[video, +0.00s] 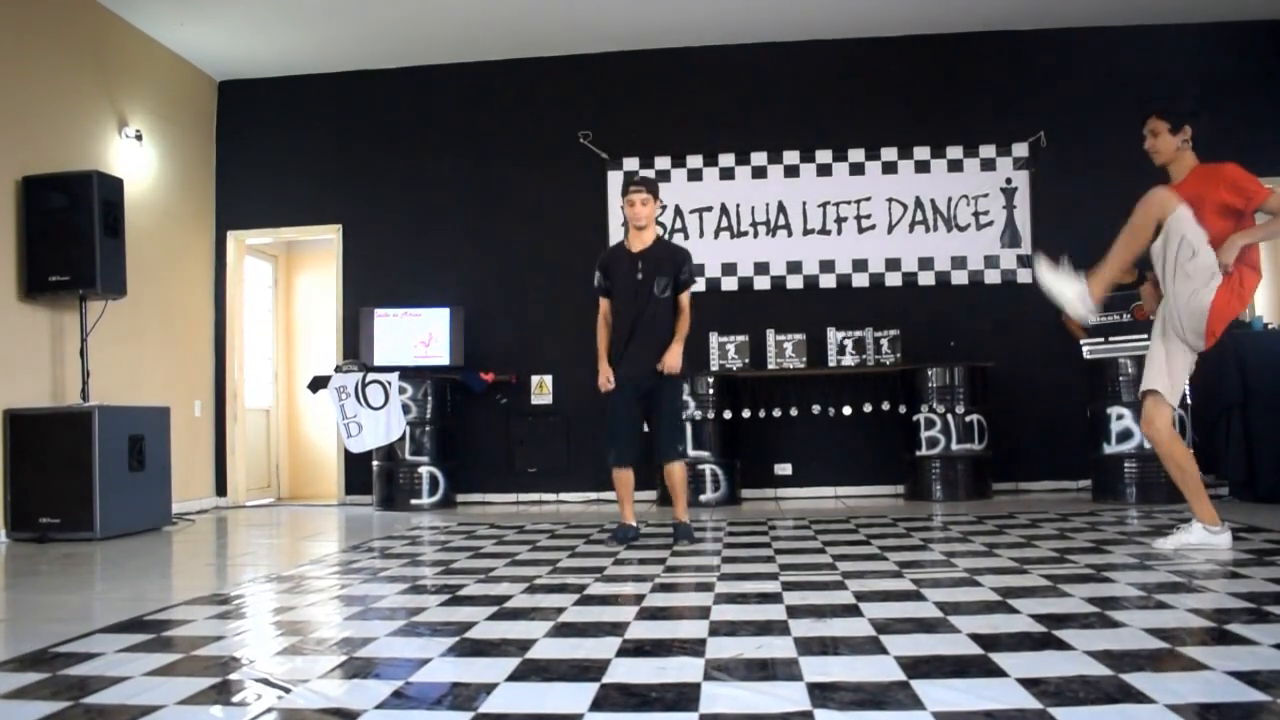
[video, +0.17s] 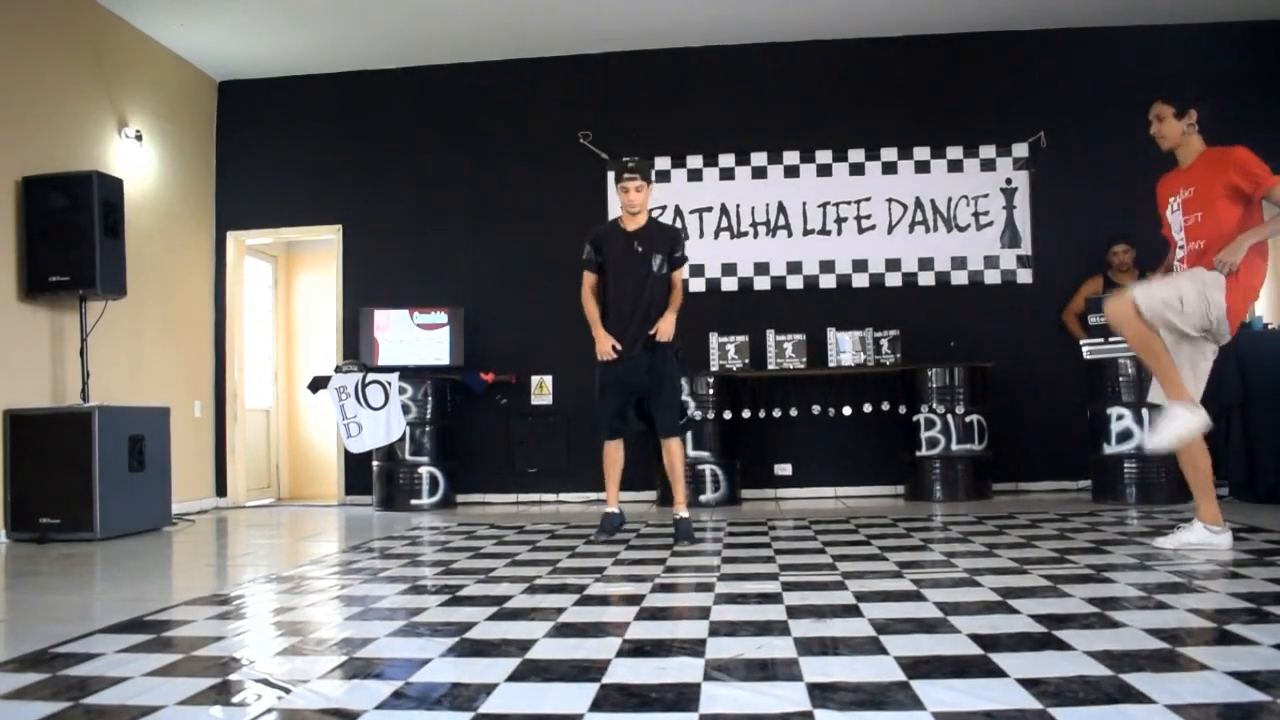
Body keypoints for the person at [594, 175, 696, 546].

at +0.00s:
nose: (637, 209)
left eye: (644, 203)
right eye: (631, 203)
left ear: (656, 207)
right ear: (623, 210)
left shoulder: (676, 256)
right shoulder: (609, 260)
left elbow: (684, 310)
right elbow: (604, 316)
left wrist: (676, 346)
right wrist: (603, 362)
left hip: (662, 365)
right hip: (621, 368)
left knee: (670, 445)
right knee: (620, 447)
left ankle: (681, 519)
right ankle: (628, 522)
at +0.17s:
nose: (631, 195)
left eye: (637, 189)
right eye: (625, 190)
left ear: (649, 192)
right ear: (617, 194)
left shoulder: (669, 236)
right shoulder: (600, 237)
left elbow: (678, 285)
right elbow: (587, 291)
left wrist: (671, 315)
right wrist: (598, 332)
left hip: (657, 349)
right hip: (614, 352)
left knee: (669, 429)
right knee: (612, 431)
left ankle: (681, 512)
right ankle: (612, 510)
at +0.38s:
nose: (621, 217)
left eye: (627, 210)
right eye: (614, 210)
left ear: (637, 213)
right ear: (605, 212)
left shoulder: (654, 259)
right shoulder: (587, 260)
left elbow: (667, 305)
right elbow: (574, 309)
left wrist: (666, 319)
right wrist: (590, 322)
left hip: (649, 364)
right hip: (606, 366)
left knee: (666, 440)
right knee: (602, 443)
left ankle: (680, 518)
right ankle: (602, 518)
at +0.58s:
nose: (611, 238)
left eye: (617, 232)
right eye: (605, 232)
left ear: (626, 227)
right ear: (594, 228)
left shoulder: (639, 255)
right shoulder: (581, 258)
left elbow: (667, 277)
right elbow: (556, 283)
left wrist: (650, 236)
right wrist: (577, 236)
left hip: (640, 364)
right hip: (598, 366)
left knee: (652, 440)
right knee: (602, 445)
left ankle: (657, 512)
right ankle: (602, 518)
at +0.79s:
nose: (617, 244)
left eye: (622, 237)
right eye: (610, 238)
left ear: (630, 231)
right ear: (598, 233)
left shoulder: (640, 257)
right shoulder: (586, 260)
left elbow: (665, 269)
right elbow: (558, 273)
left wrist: (644, 230)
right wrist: (581, 230)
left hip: (639, 365)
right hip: (599, 366)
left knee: (640, 440)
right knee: (602, 441)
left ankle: (637, 511)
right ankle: (603, 517)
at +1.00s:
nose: (622, 247)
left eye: (627, 241)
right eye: (616, 242)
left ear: (635, 235)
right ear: (604, 236)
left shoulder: (646, 259)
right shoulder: (594, 261)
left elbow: (673, 273)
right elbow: (568, 276)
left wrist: (655, 233)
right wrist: (589, 234)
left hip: (644, 368)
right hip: (605, 368)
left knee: (640, 443)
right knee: (602, 443)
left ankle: (637, 513)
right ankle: (603, 517)